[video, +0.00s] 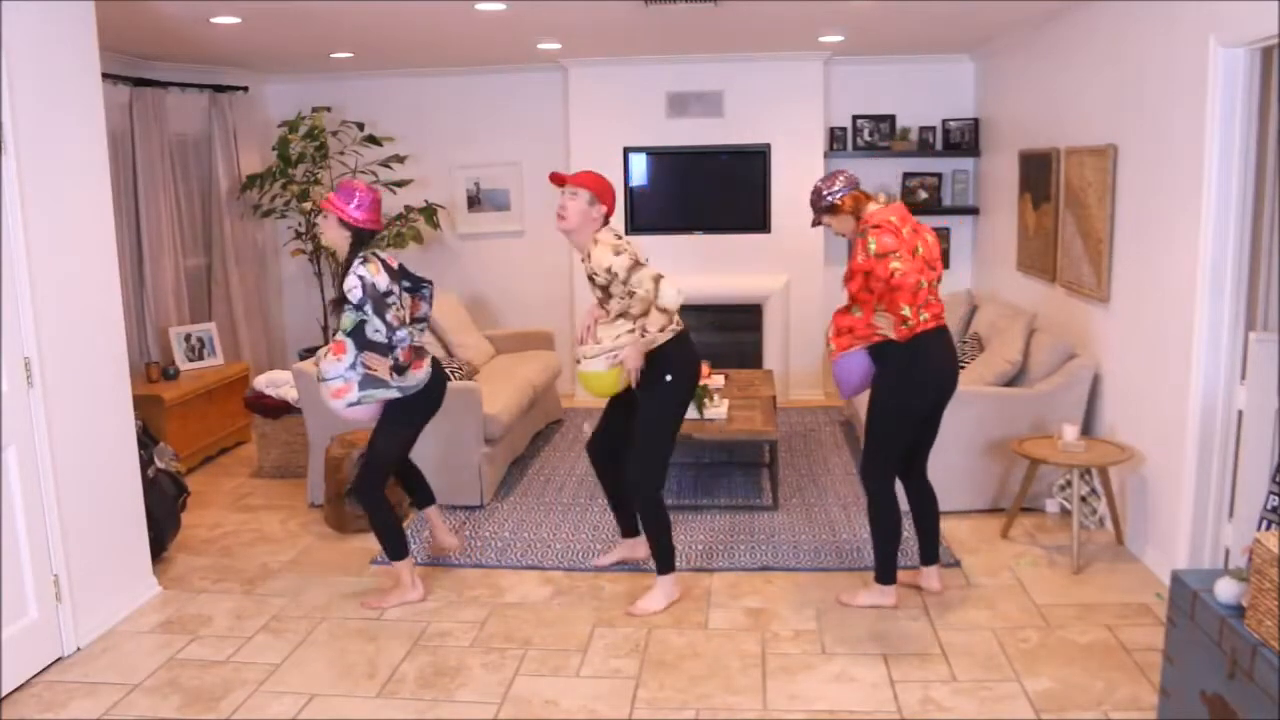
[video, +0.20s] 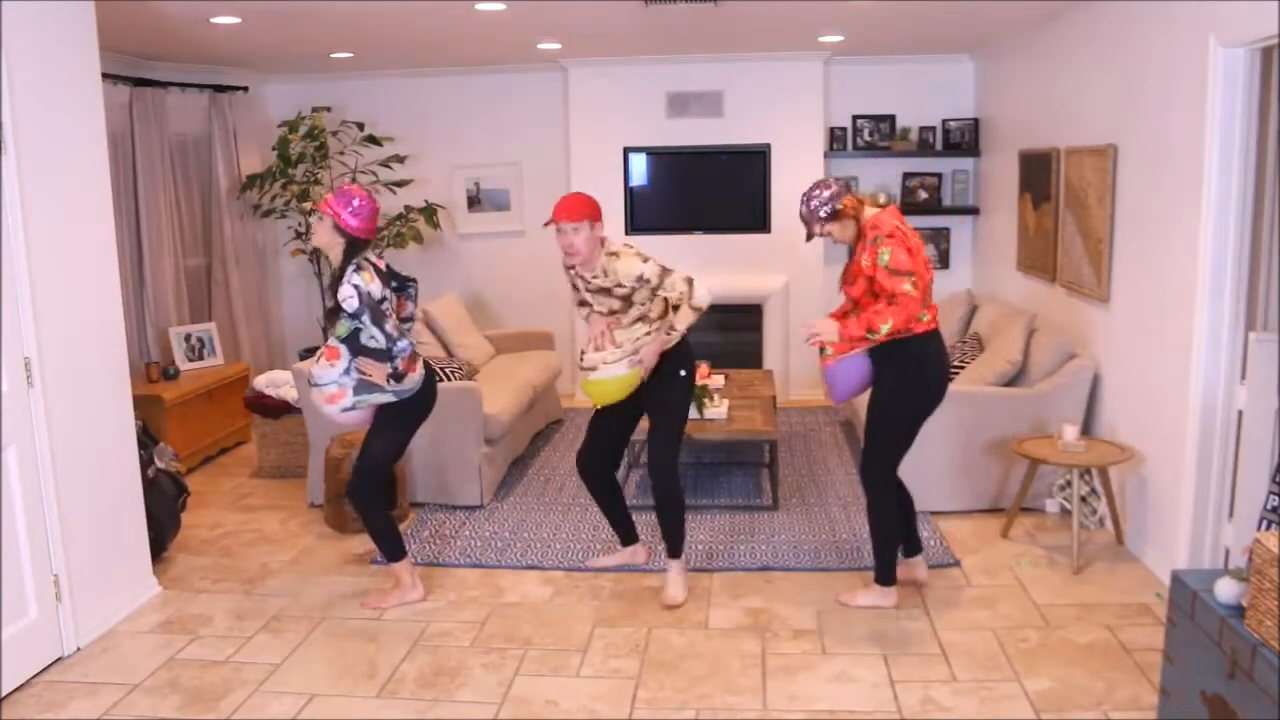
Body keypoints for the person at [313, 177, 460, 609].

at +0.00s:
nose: (320, 224)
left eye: (326, 217)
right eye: (323, 216)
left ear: (346, 226)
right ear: (355, 226)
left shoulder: (360, 276)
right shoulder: (381, 260)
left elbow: (385, 345)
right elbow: (422, 289)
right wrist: (409, 336)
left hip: (412, 392)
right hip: (429, 377)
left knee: (367, 485)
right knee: (394, 457)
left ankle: (408, 583)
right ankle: (442, 534)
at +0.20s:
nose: (312, 224)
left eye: (319, 219)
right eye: (315, 217)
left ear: (340, 231)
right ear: (348, 231)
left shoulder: (352, 280)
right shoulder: (371, 263)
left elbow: (334, 361)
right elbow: (408, 286)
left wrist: (305, 375)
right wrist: (400, 338)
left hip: (405, 394)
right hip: (416, 381)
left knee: (362, 488)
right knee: (377, 465)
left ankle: (408, 583)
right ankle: (387, 539)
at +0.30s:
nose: (309, 226)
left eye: (317, 221)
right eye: (312, 219)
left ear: (339, 233)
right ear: (343, 233)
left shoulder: (347, 284)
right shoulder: (368, 261)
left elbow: (330, 364)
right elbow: (403, 284)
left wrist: (303, 378)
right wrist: (396, 335)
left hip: (402, 394)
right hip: (410, 383)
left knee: (361, 491)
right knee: (367, 467)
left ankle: (408, 583)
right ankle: (366, 539)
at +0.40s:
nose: (308, 227)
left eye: (317, 224)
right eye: (312, 221)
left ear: (338, 237)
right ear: (337, 237)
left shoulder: (351, 286)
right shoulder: (350, 273)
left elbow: (329, 366)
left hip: (403, 393)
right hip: (388, 388)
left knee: (361, 484)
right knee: (351, 462)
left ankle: (409, 582)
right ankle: (359, 543)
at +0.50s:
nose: (307, 227)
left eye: (317, 223)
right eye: (312, 220)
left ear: (338, 237)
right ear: (336, 237)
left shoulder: (352, 286)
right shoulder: (340, 277)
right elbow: (350, 339)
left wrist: (392, 373)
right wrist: (315, 368)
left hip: (400, 393)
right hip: (378, 389)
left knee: (359, 484)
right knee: (344, 463)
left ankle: (410, 582)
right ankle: (358, 545)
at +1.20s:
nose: (336, 231)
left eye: (346, 224)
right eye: (330, 223)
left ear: (362, 234)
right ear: (321, 231)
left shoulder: (384, 278)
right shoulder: (315, 287)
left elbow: (437, 324)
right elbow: (304, 328)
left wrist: (393, 355)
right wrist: (315, 355)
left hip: (401, 382)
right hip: (351, 388)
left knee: (423, 469)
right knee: (325, 470)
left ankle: (452, 559)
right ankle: (355, 552)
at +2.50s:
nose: (354, 281)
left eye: (364, 272)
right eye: (347, 273)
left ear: (380, 279)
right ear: (339, 281)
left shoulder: (410, 324)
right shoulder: (331, 332)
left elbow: (460, 368)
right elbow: (311, 370)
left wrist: (421, 409)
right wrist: (347, 410)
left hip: (420, 403)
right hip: (365, 409)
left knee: (463, 477)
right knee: (312, 474)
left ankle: (457, 560)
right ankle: (333, 555)